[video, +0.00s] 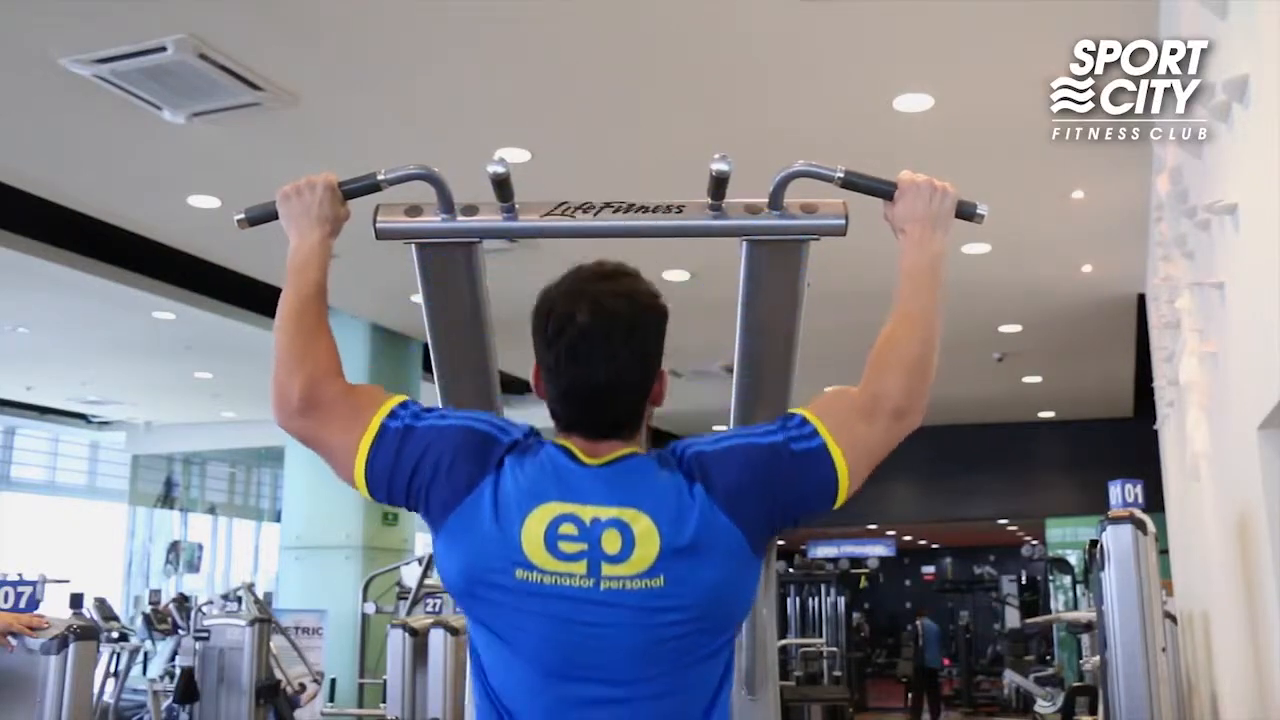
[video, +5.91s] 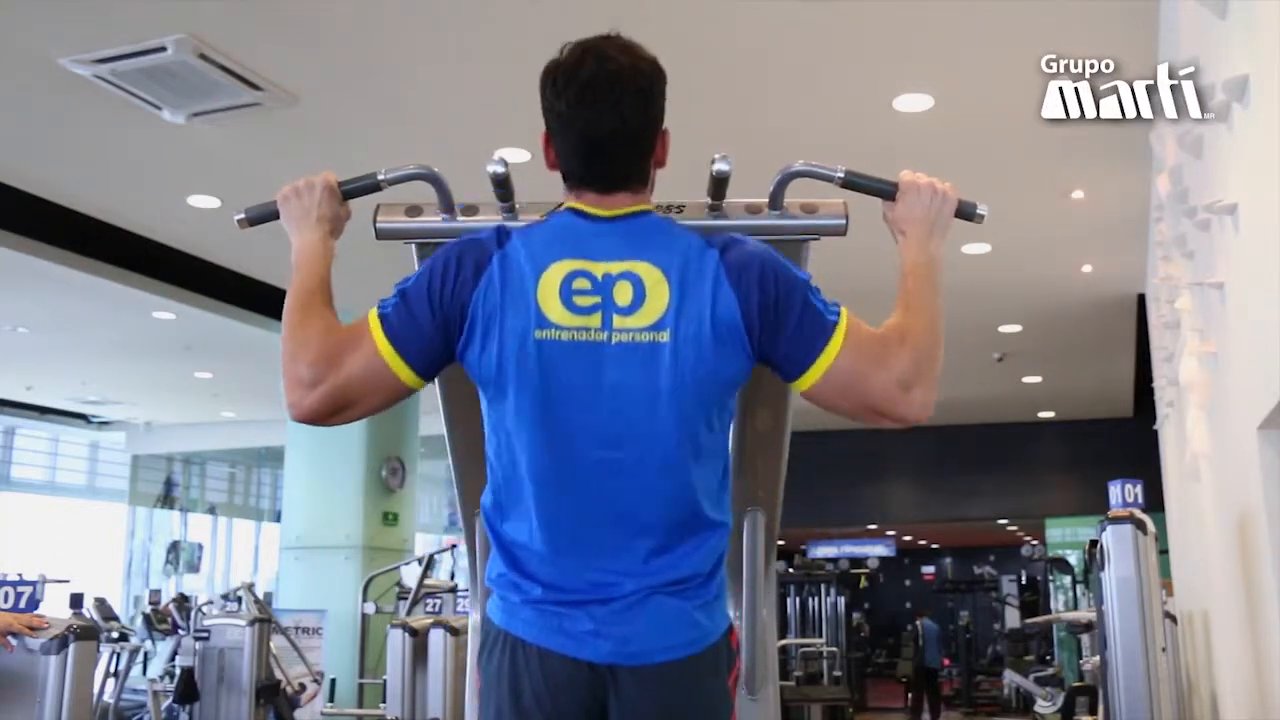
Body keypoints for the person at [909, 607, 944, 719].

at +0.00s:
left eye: (917, 616)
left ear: (917, 615)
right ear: (927, 615)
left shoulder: (917, 626)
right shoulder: (935, 626)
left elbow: (917, 644)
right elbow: (938, 645)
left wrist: (914, 659)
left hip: (921, 664)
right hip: (934, 664)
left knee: (918, 692)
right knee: (933, 692)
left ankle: (916, 714)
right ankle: (935, 715)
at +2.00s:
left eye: (917, 616)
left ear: (917, 615)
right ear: (927, 615)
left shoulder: (917, 625)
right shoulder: (935, 626)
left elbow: (917, 644)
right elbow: (938, 645)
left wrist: (914, 658)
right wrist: (938, 659)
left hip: (921, 664)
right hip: (934, 664)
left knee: (917, 692)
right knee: (933, 692)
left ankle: (916, 715)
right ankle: (935, 715)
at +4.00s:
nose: (916, 618)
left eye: (916, 616)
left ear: (917, 615)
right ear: (928, 614)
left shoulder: (917, 626)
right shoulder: (935, 627)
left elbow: (917, 644)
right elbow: (938, 645)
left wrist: (914, 659)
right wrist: (939, 659)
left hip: (921, 664)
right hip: (934, 664)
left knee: (918, 692)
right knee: (933, 692)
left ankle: (916, 715)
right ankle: (935, 715)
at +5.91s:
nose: (916, 618)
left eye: (916, 616)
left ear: (917, 615)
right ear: (928, 614)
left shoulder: (917, 625)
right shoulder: (935, 627)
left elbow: (917, 644)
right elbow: (938, 645)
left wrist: (914, 659)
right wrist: (939, 659)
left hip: (921, 664)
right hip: (934, 664)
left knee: (918, 692)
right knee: (933, 691)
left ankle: (916, 715)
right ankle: (935, 715)